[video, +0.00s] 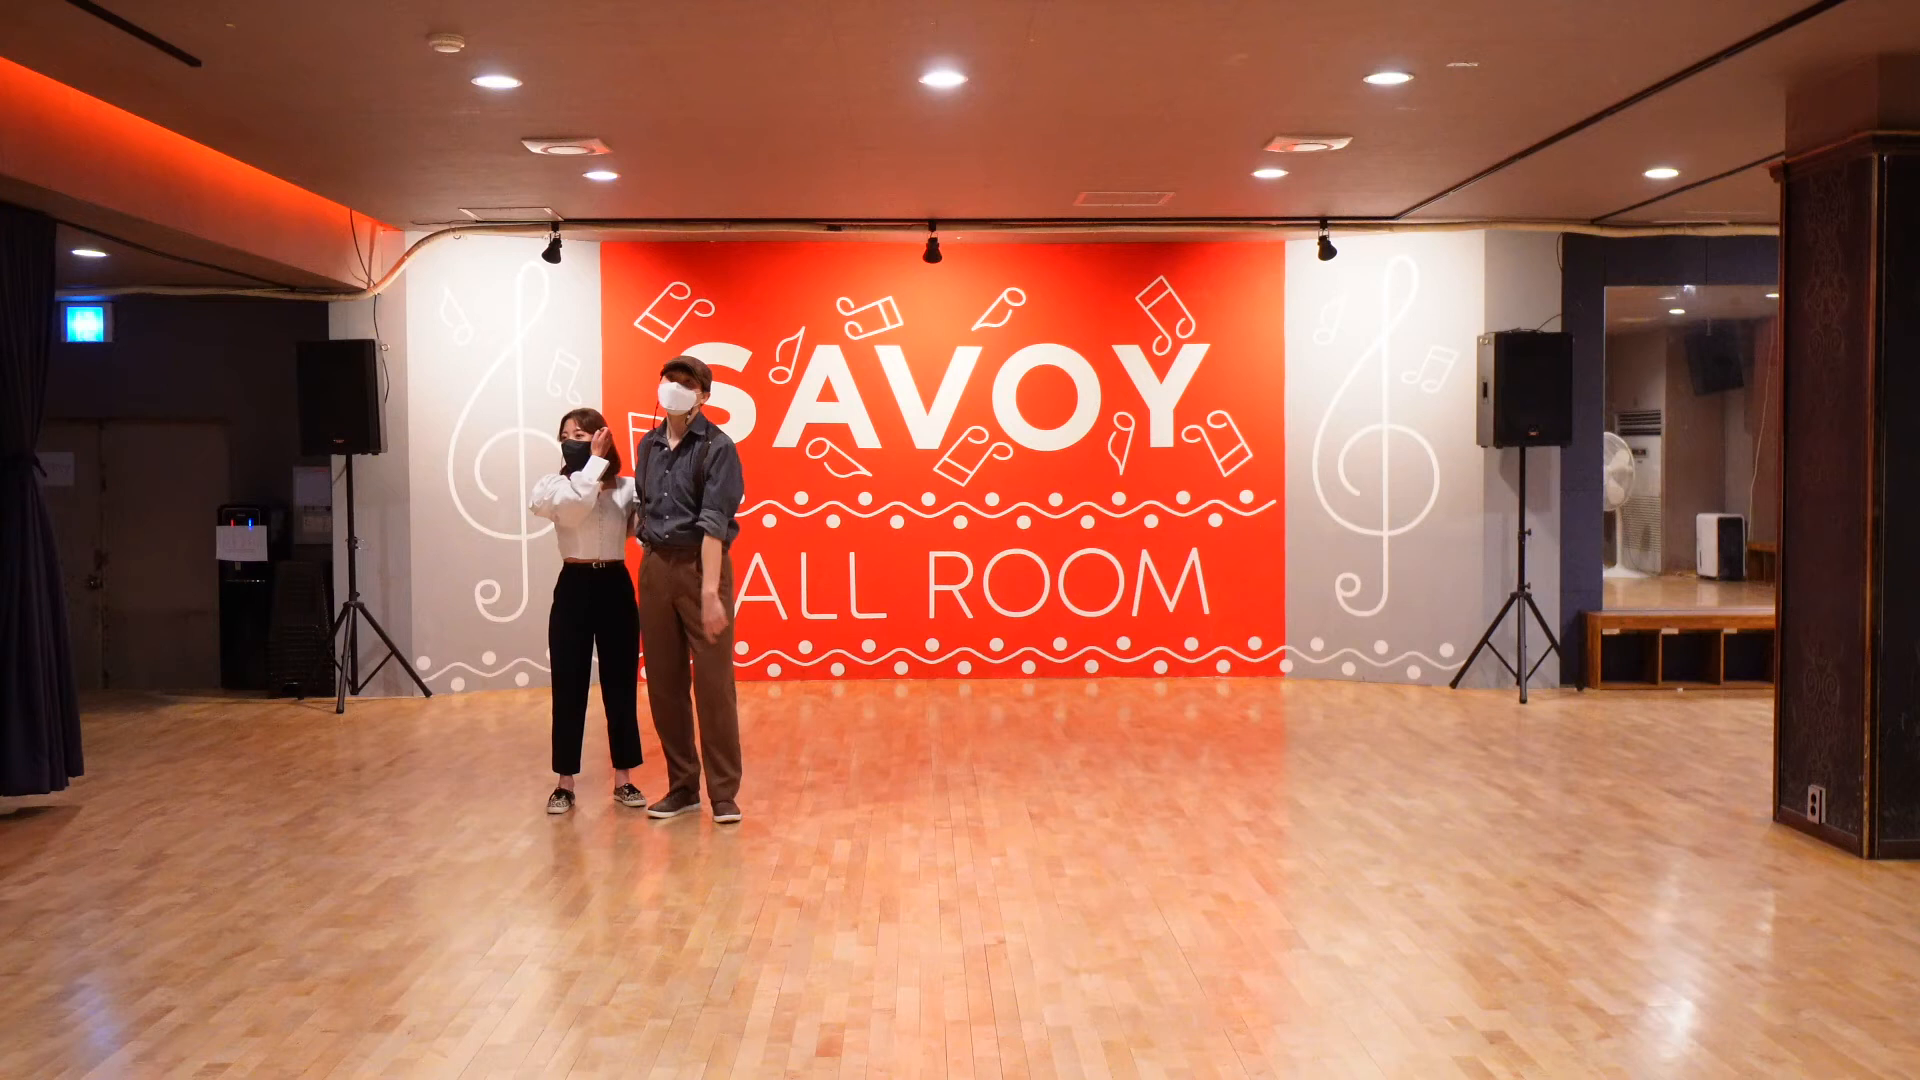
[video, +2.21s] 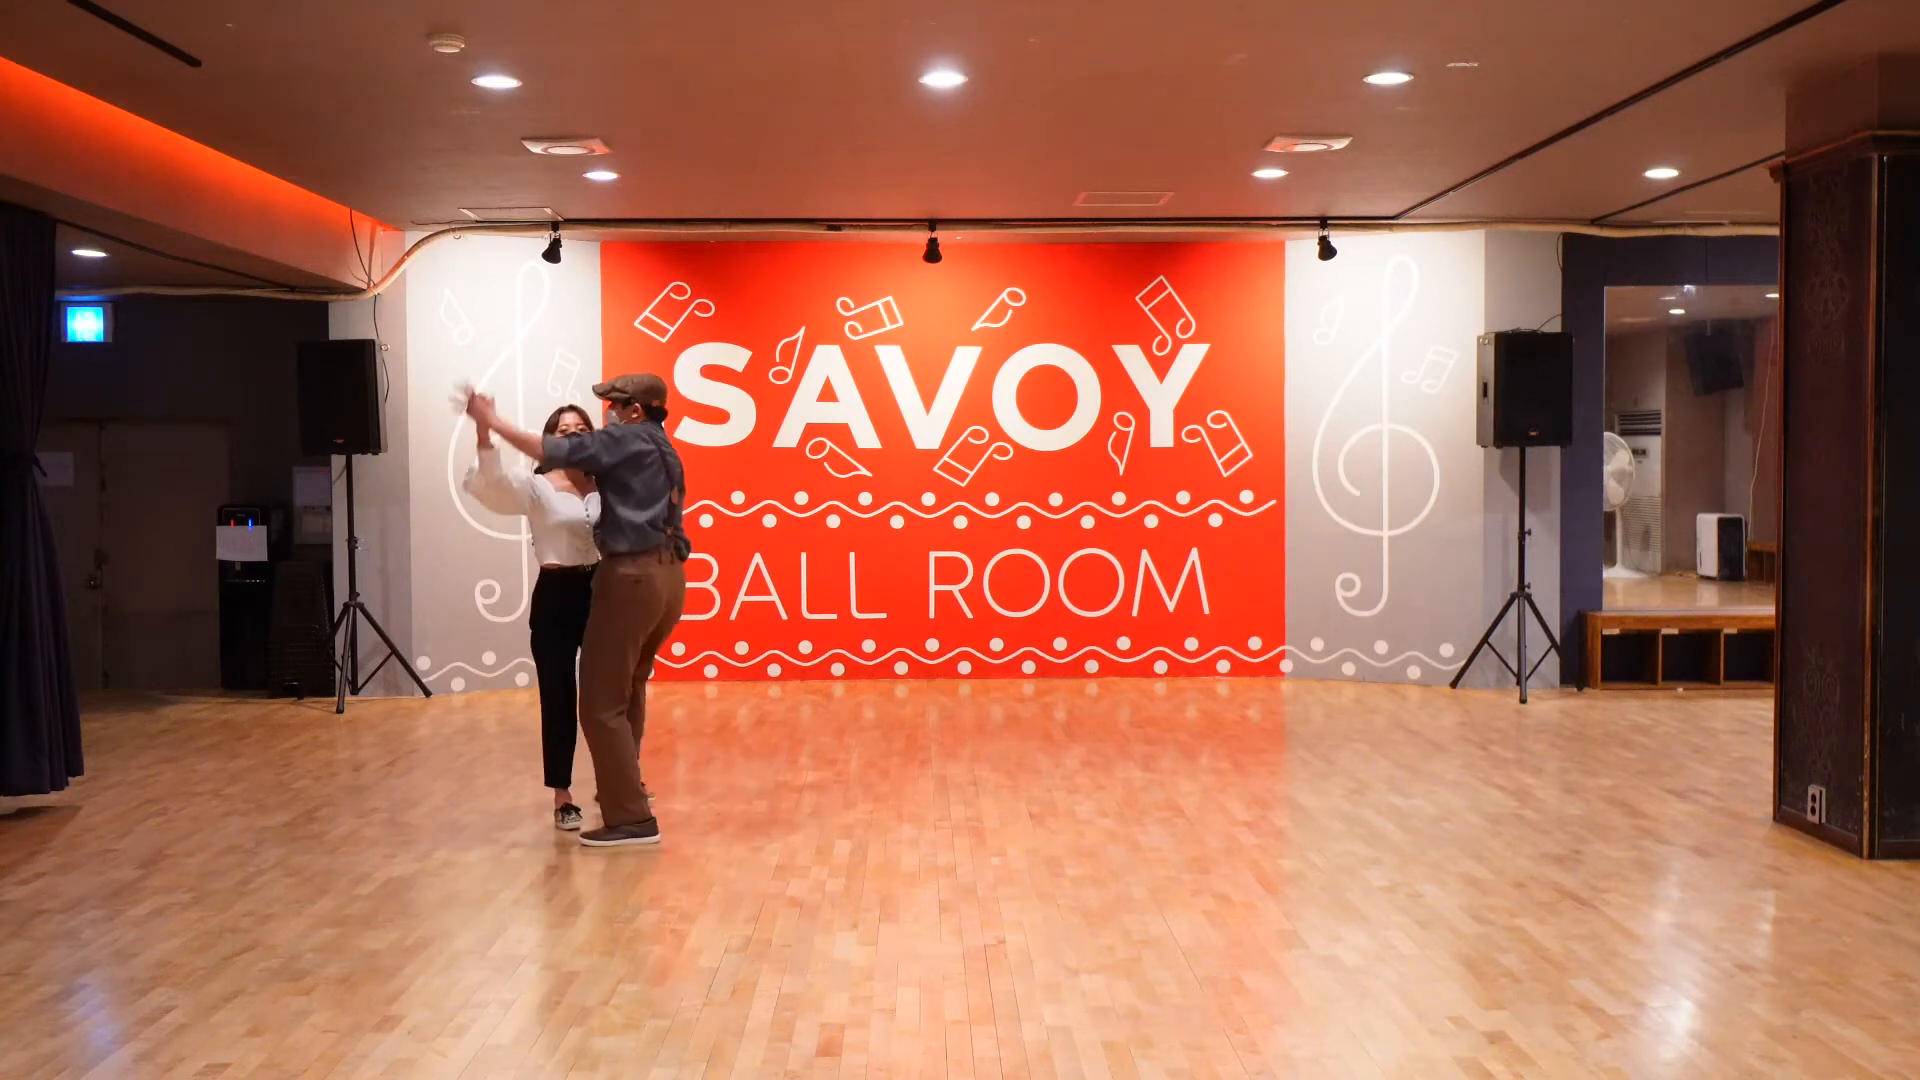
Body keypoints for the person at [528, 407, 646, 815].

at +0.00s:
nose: (571, 440)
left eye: (580, 433)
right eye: (566, 434)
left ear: (599, 440)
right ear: (559, 443)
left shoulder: (625, 487)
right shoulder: (549, 485)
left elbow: (649, 524)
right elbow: (572, 508)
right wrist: (596, 458)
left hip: (617, 588)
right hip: (573, 589)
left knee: (621, 688)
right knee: (569, 688)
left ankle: (623, 781)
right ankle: (564, 784)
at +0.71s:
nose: (583, 436)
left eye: (592, 429)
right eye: (574, 432)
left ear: (607, 440)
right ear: (565, 444)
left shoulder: (625, 488)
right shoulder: (553, 488)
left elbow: (649, 523)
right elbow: (552, 519)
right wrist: (591, 480)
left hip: (618, 589)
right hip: (575, 589)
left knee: (622, 690)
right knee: (569, 690)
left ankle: (623, 781)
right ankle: (565, 784)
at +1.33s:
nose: (601, 438)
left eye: (607, 432)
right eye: (590, 434)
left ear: (620, 441)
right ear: (578, 447)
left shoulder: (639, 491)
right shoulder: (567, 498)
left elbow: (656, 541)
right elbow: (556, 559)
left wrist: (618, 536)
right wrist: (587, 542)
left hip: (630, 592)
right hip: (587, 594)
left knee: (630, 689)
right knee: (580, 690)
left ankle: (624, 782)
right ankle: (566, 784)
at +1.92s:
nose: (574, 438)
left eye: (581, 432)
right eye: (564, 434)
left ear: (592, 441)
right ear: (550, 448)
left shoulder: (613, 489)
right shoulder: (543, 500)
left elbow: (632, 533)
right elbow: (538, 557)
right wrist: (540, 584)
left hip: (613, 599)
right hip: (570, 602)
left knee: (615, 693)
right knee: (569, 699)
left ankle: (624, 790)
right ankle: (566, 797)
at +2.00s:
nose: (570, 440)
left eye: (577, 434)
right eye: (561, 436)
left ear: (589, 444)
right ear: (547, 450)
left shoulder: (605, 491)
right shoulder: (538, 499)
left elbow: (627, 530)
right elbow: (510, 539)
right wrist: (498, 546)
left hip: (606, 596)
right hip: (565, 601)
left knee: (613, 693)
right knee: (566, 699)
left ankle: (625, 790)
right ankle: (566, 798)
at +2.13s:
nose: (571, 438)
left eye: (579, 432)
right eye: (561, 434)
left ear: (591, 441)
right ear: (547, 447)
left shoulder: (608, 491)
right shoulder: (536, 496)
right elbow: (488, 508)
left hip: (604, 595)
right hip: (557, 598)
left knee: (609, 693)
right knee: (561, 699)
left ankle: (623, 791)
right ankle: (565, 799)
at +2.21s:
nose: (573, 435)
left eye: (580, 429)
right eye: (564, 431)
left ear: (592, 437)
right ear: (550, 440)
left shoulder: (606, 484)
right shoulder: (536, 484)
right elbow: (490, 487)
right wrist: (484, 431)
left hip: (602, 589)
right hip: (556, 592)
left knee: (611, 689)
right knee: (558, 696)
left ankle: (622, 787)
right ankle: (563, 797)